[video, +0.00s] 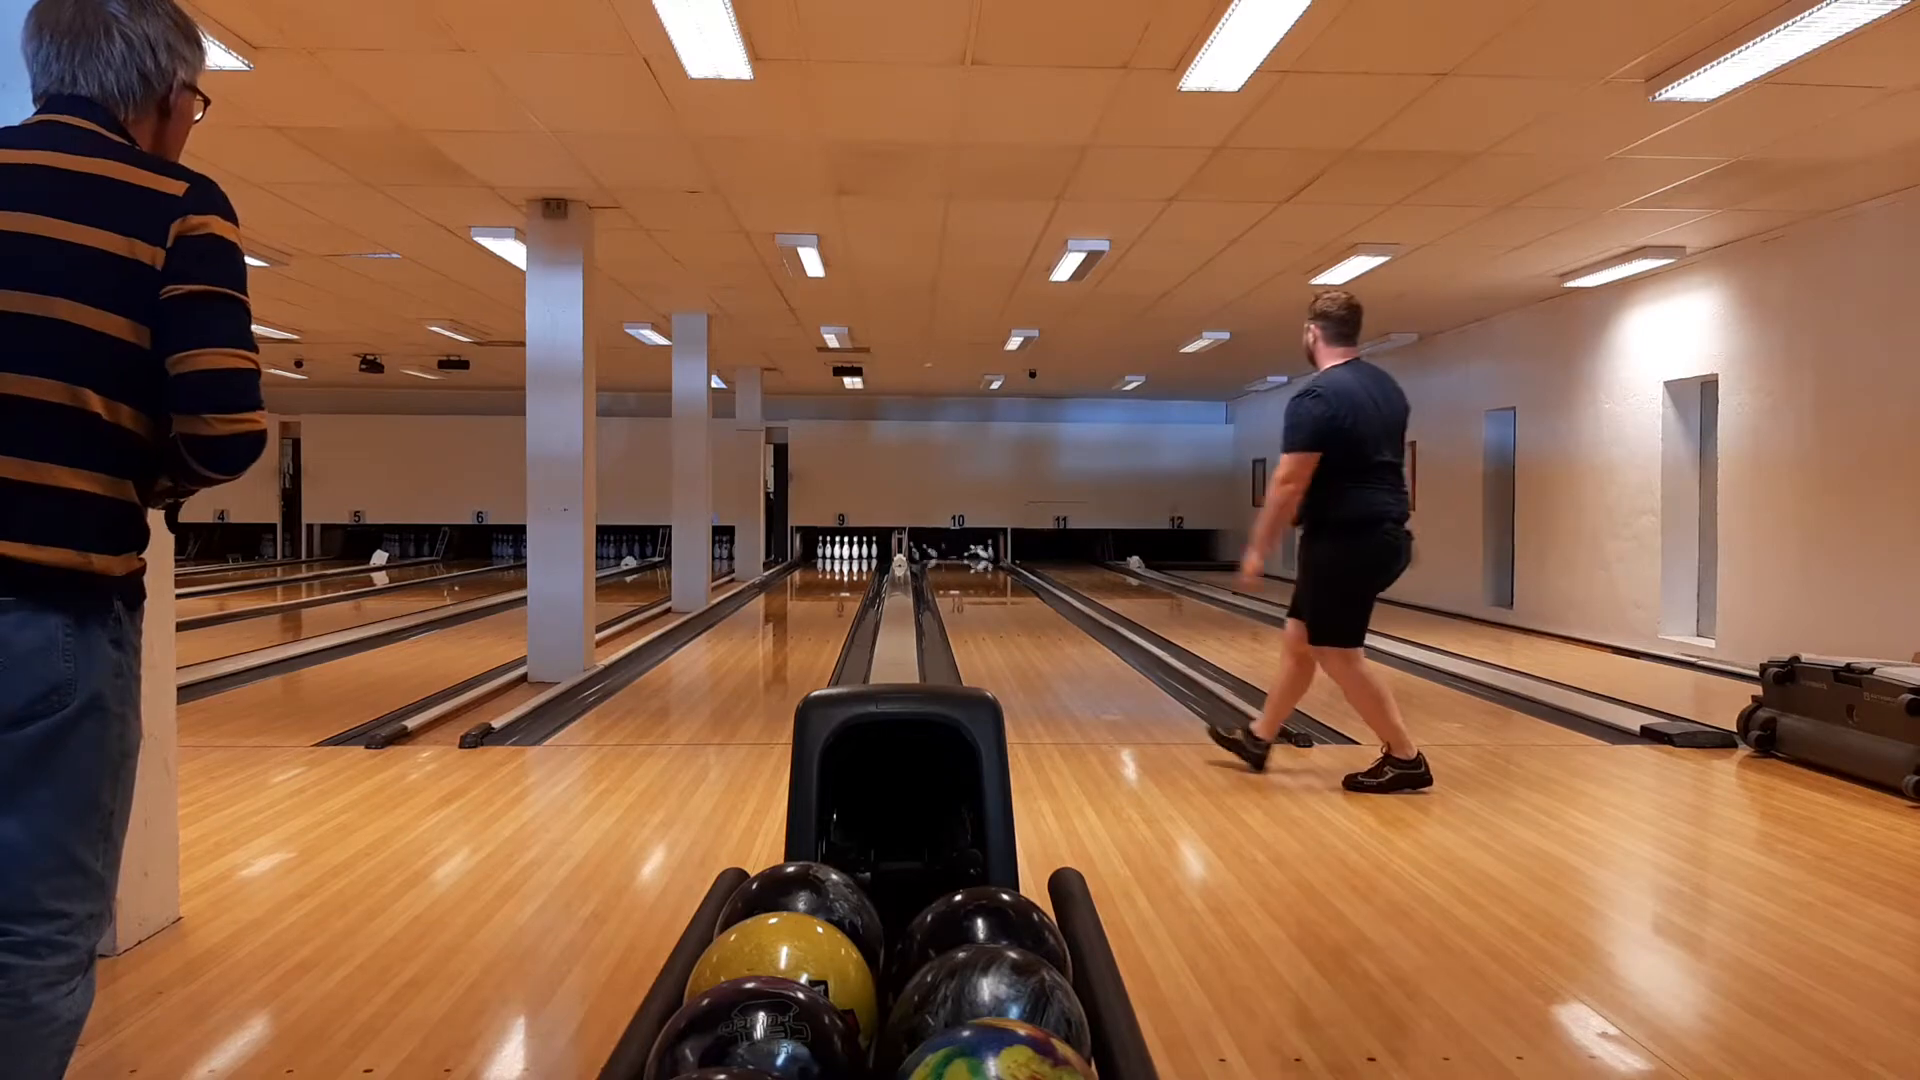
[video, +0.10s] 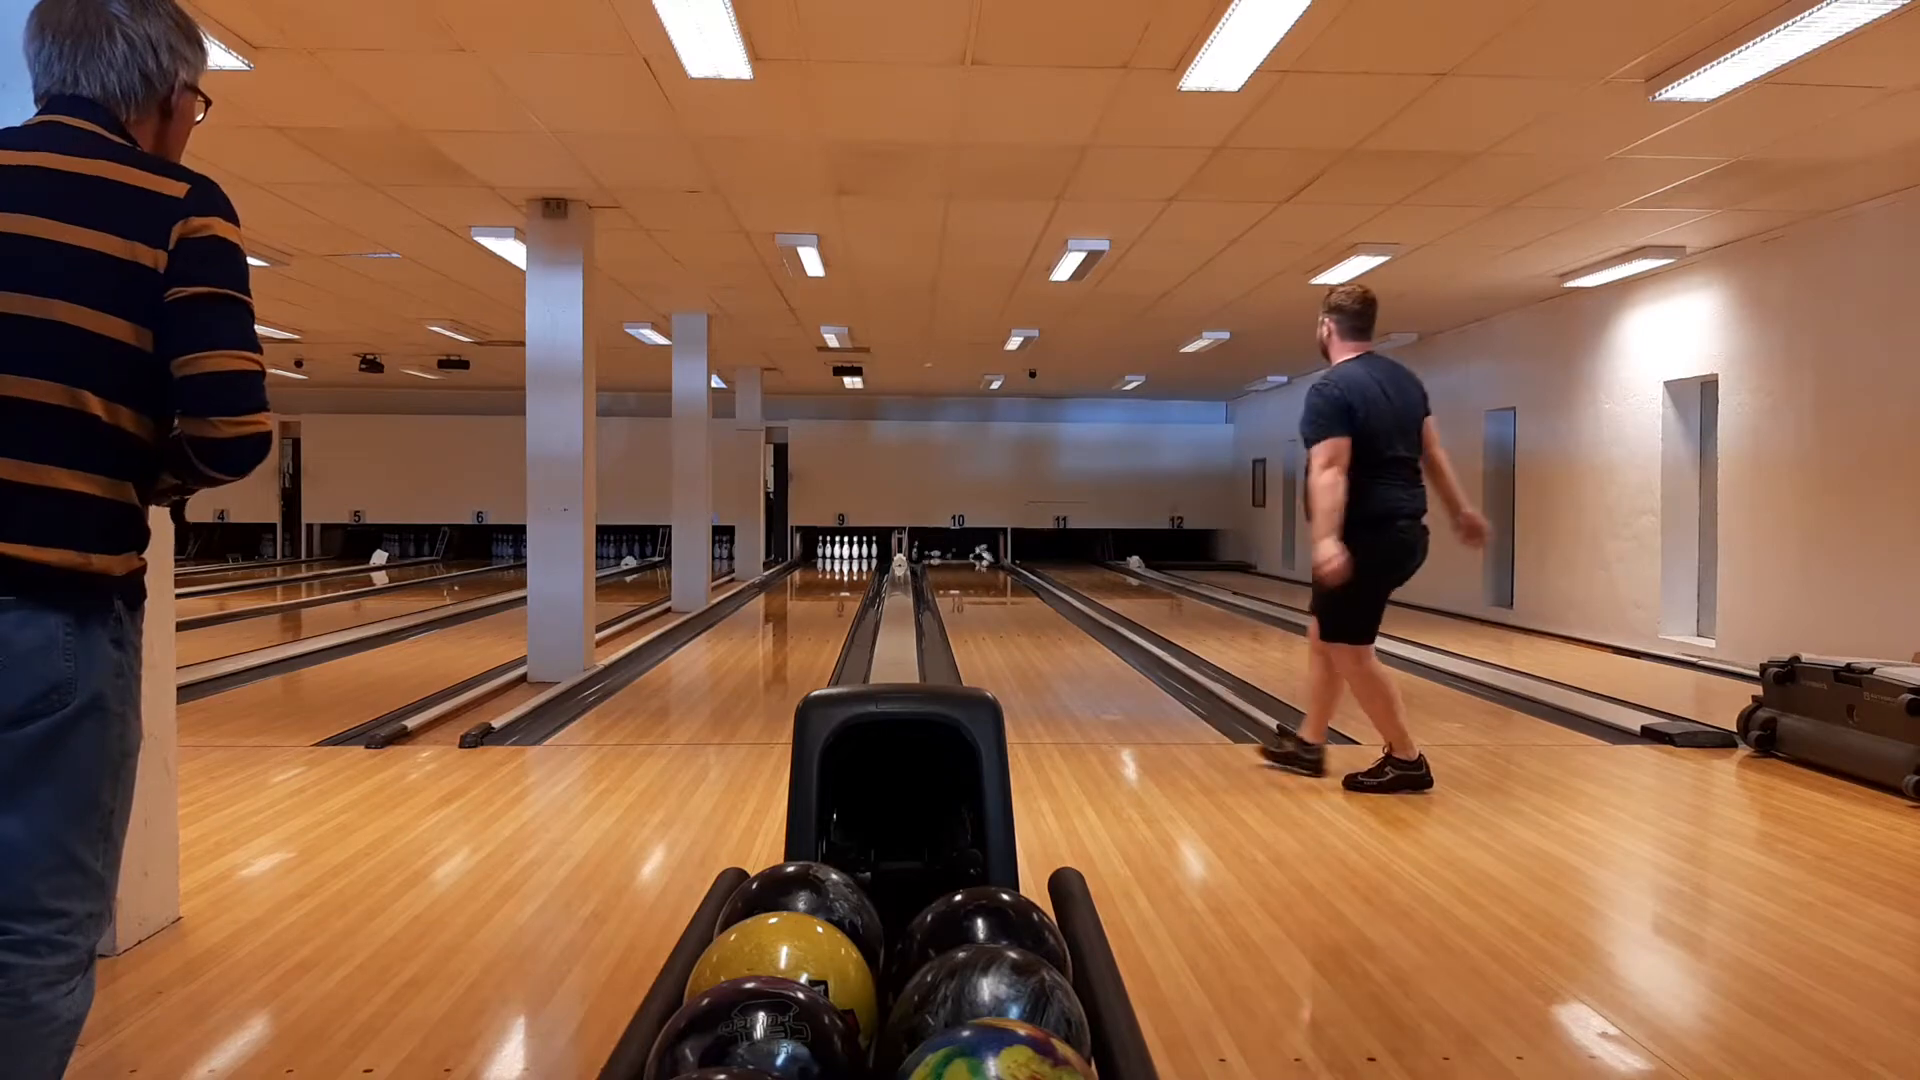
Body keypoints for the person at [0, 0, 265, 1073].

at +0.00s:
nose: (195, 124)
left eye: (196, 102)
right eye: (193, 100)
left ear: (50, 83)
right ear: (159, 99)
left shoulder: (0, 167)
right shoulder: (176, 203)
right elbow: (228, 430)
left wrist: (158, 467)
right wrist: (152, 477)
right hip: (53, 611)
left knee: (34, 925)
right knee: (42, 940)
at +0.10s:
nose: (194, 125)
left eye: (196, 104)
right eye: (194, 102)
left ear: (49, 84)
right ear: (163, 101)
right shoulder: (178, 205)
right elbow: (233, 434)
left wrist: (153, 462)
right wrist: (143, 469)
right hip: (54, 614)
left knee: (32, 926)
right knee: (40, 942)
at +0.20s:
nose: (195, 129)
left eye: (198, 110)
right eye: (197, 108)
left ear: (51, 86)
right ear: (167, 104)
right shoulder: (178, 205)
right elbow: (233, 436)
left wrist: (163, 459)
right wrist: (153, 467)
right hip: (53, 612)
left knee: (31, 924)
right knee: (39, 937)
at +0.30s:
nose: (195, 134)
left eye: (199, 115)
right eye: (198, 113)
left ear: (52, 90)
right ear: (167, 106)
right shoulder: (179, 207)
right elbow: (234, 433)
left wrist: (163, 458)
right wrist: (157, 465)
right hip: (53, 610)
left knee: (32, 924)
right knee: (39, 937)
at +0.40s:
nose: (195, 133)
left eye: (199, 116)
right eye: (198, 113)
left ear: (52, 92)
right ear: (169, 108)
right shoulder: (179, 208)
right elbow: (232, 433)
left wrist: (162, 459)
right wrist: (155, 467)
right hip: (53, 611)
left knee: (31, 924)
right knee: (39, 938)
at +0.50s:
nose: (196, 136)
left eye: (199, 117)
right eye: (198, 114)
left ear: (53, 95)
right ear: (170, 109)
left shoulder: (2, 175)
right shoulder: (180, 209)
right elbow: (229, 433)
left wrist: (162, 465)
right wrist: (159, 476)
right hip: (54, 613)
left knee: (35, 923)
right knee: (48, 937)